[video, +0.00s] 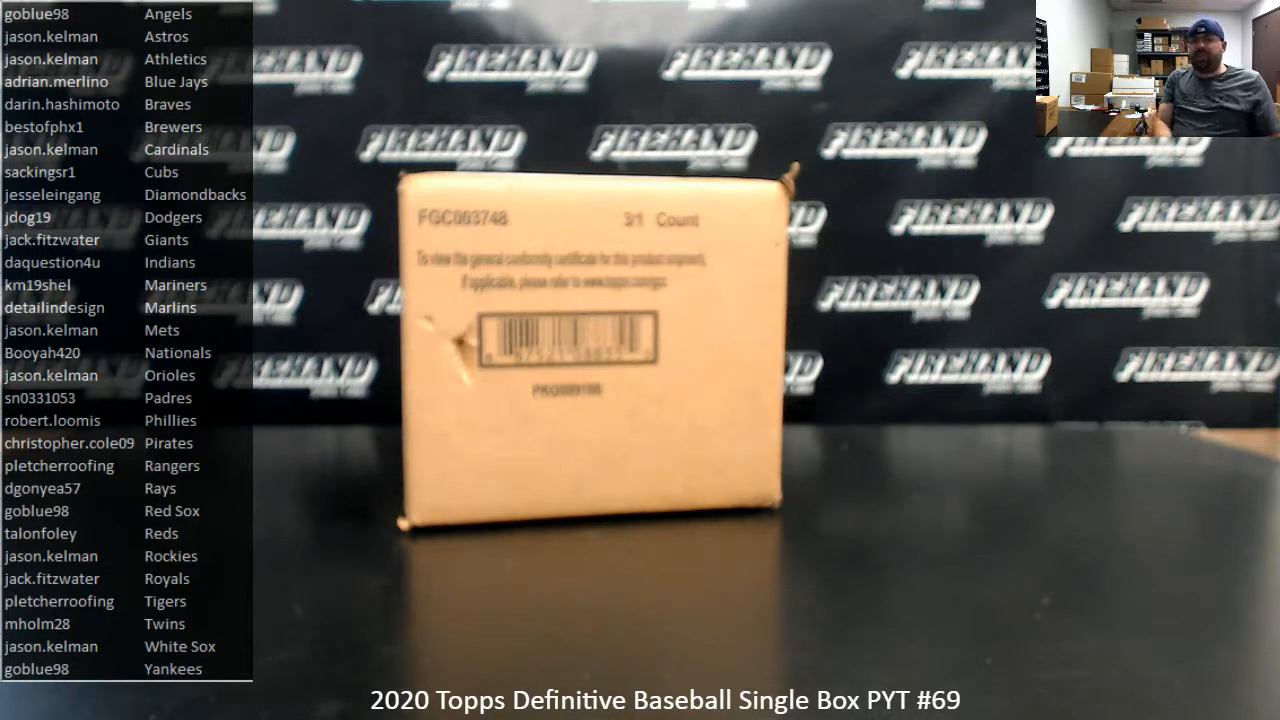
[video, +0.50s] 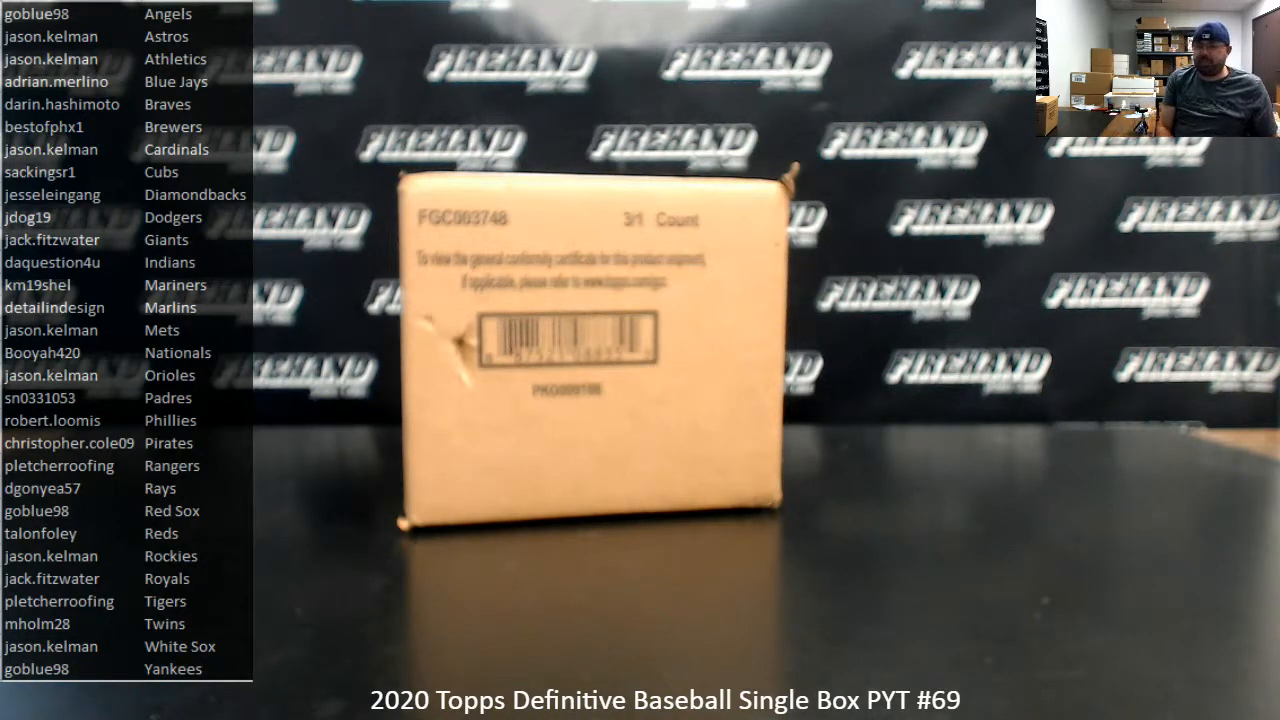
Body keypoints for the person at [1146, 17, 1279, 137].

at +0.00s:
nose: (1200, 46)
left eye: (1208, 40)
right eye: (1193, 41)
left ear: (1223, 46)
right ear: (1186, 47)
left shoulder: (1251, 81)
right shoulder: (1177, 79)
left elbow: (1273, 135)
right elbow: (1161, 122)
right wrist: (1168, 151)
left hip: (1235, 166)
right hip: (1183, 166)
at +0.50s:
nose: (1204, 53)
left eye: (1212, 47)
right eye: (1198, 47)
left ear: (1227, 50)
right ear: (1192, 49)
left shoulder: (1251, 86)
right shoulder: (1178, 80)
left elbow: (1271, 139)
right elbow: (1164, 127)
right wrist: (1171, 158)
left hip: (1234, 166)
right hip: (1183, 166)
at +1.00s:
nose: (1192, 56)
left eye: (1199, 49)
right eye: (1189, 50)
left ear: (1216, 52)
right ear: (1185, 53)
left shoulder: (1242, 83)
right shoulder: (1177, 82)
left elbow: (1261, 131)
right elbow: (1167, 125)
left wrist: (1242, 157)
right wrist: (1171, 152)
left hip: (1228, 158)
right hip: (1184, 159)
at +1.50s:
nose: (1186, 57)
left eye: (1192, 51)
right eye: (1183, 53)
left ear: (1205, 54)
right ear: (1180, 57)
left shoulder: (1231, 78)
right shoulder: (1175, 86)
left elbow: (1256, 120)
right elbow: (1168, 123)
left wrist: (1237, 149)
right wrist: (1170, 150)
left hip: (1225, 153)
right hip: (1185, 155)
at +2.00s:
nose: (1196, 55)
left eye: (1201, 50)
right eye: (1191, 52)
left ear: (1214, 54)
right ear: (1187, 57)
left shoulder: (1238, 80)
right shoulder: (1181, 86)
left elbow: (1260, 123)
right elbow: (1171, 122)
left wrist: (1237, 150)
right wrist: (1168, 150)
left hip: (1226, 154)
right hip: (1186, 154)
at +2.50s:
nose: (1197, 57)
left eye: (1203, 51)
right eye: (1194, 52)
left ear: (1221, 52)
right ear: (1191, 54)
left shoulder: (1248, 82)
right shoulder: (1190, 83)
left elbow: (1267, 134)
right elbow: (1176, 120)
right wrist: (1167, 149)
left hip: (1229, 162)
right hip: (1187, 160)